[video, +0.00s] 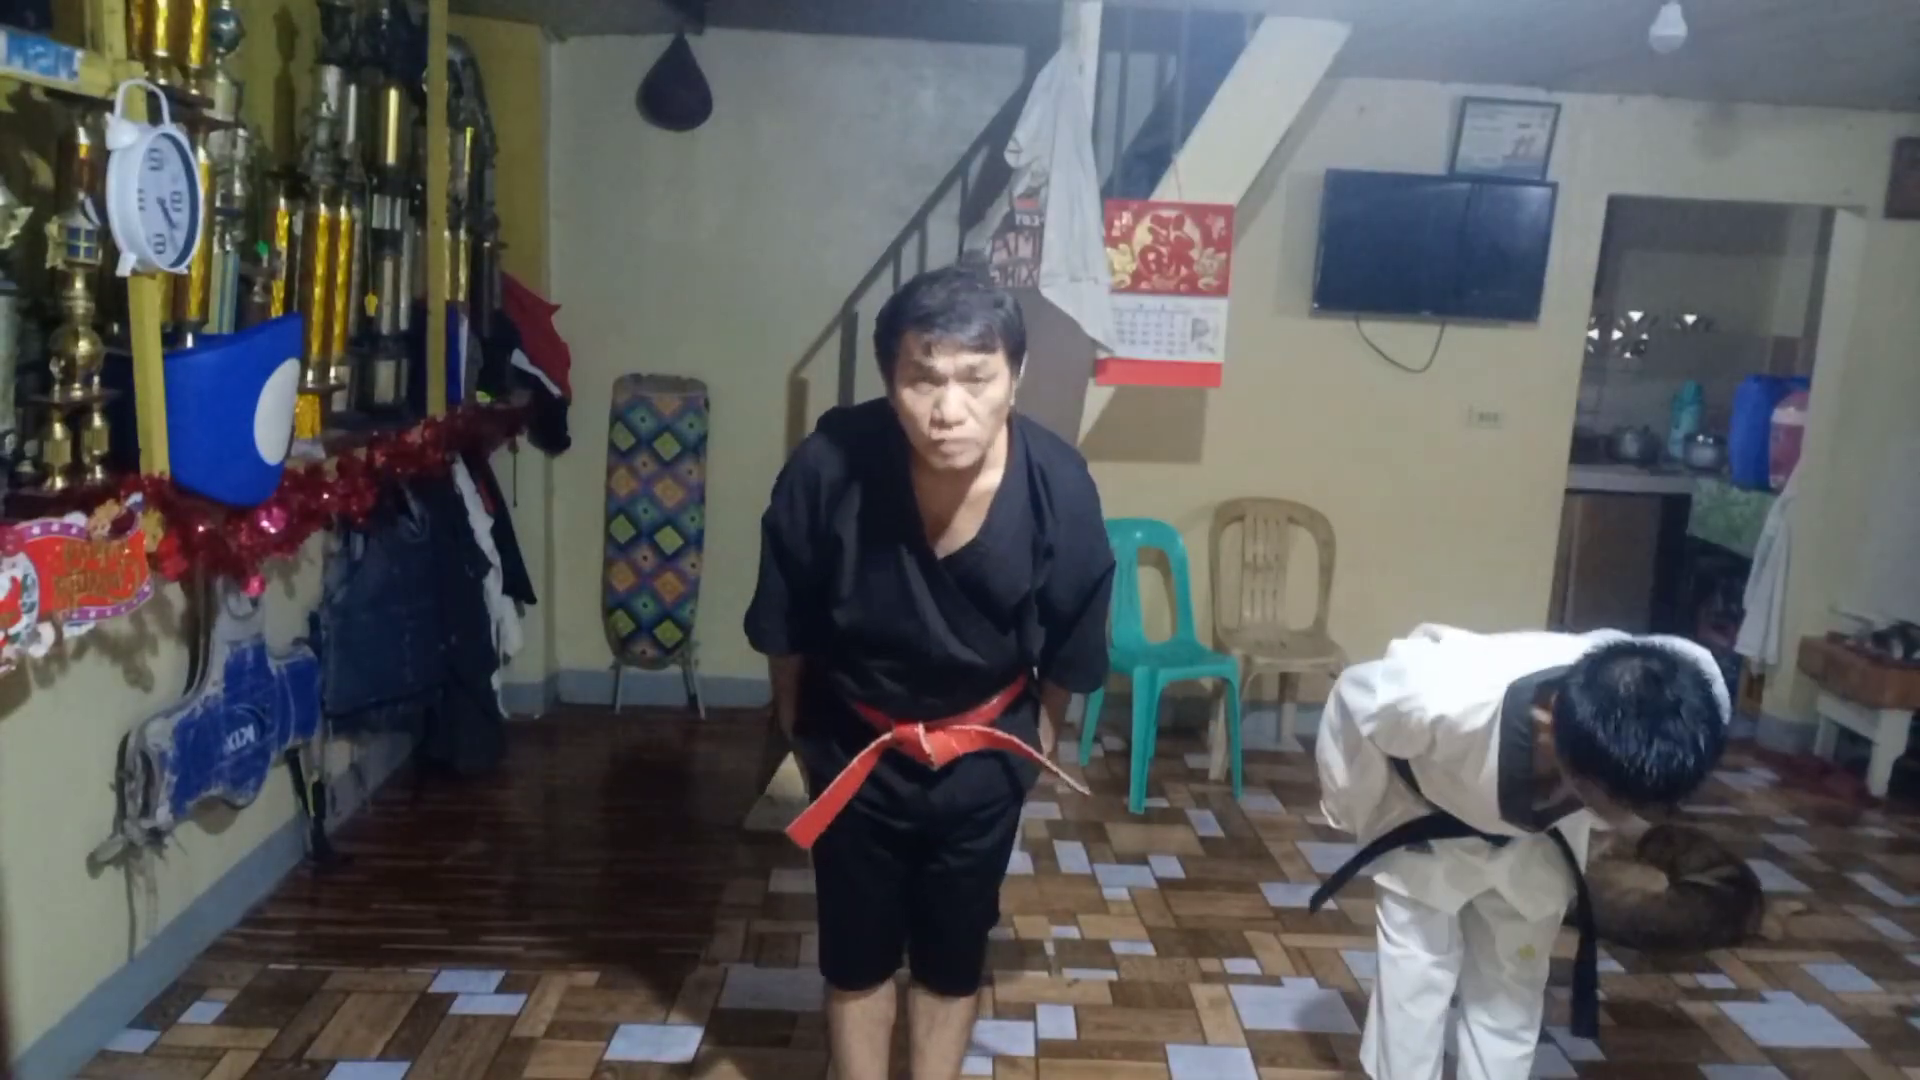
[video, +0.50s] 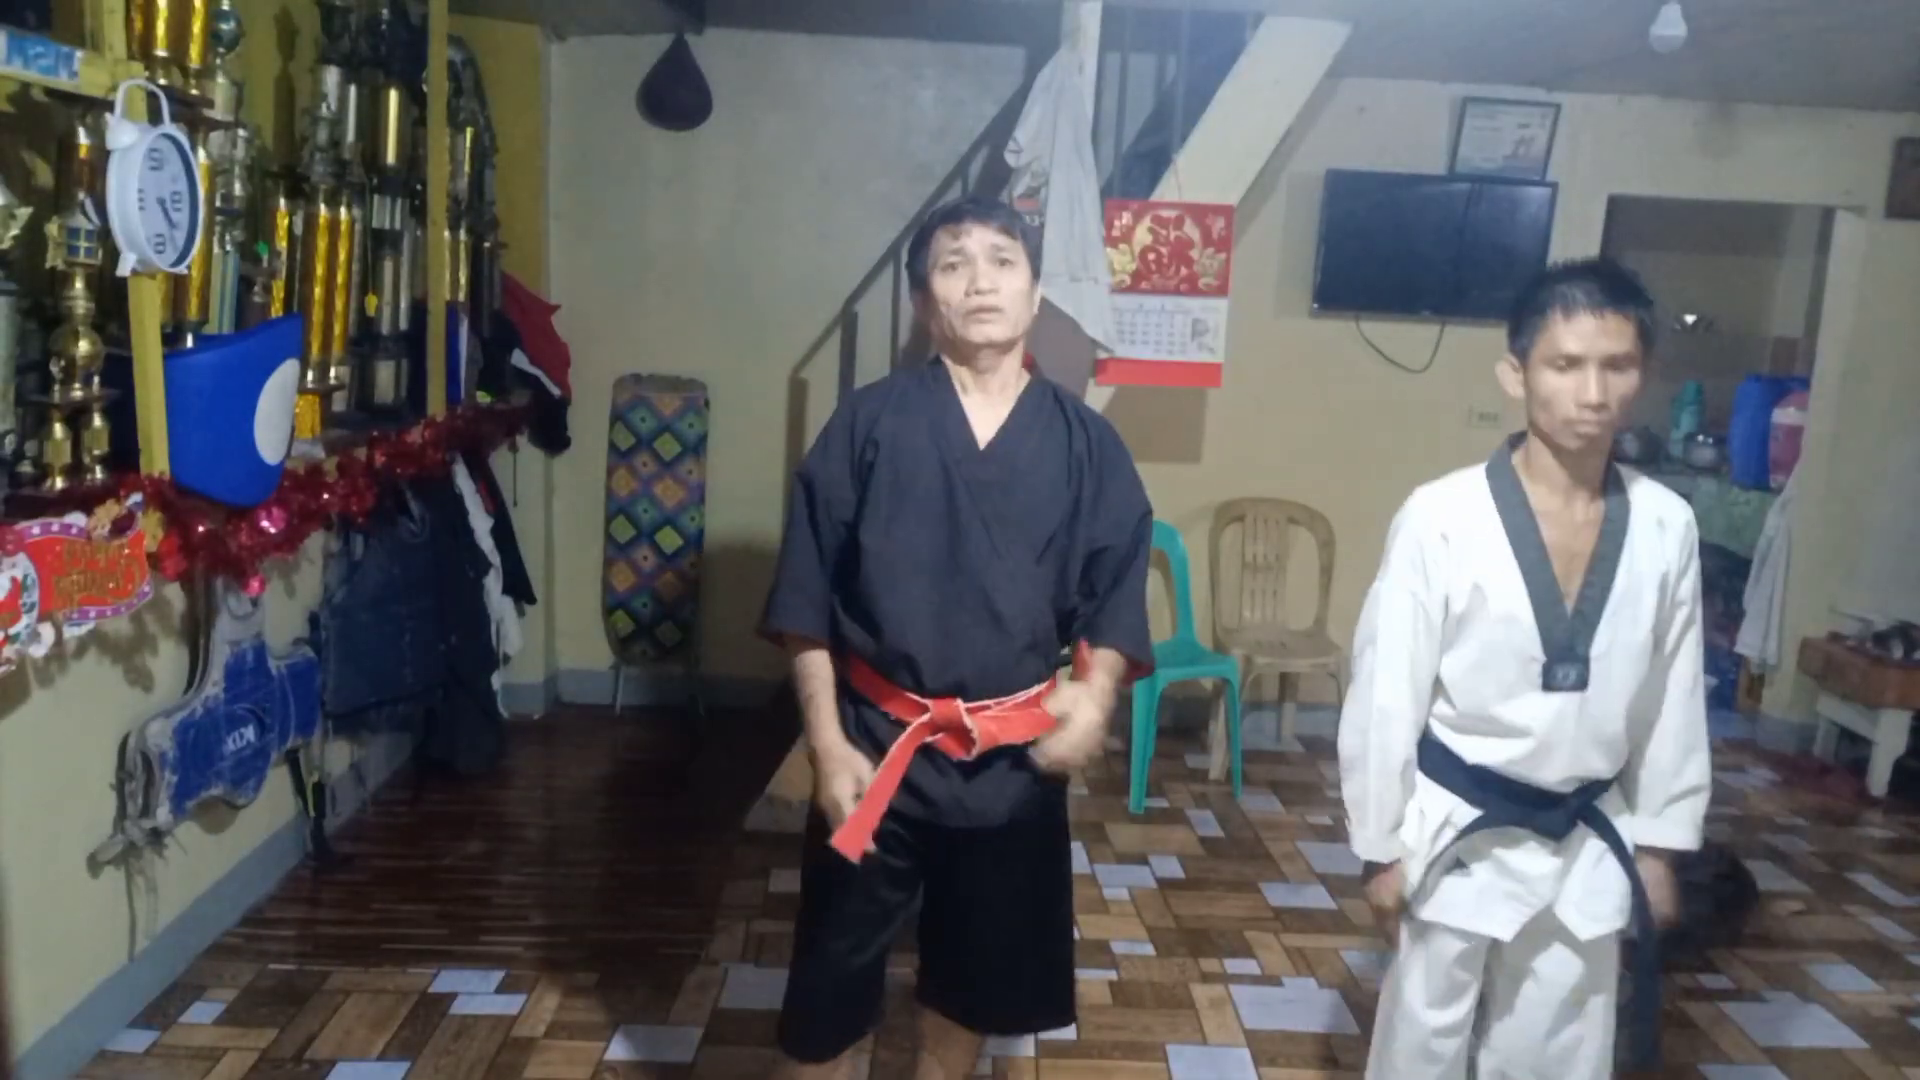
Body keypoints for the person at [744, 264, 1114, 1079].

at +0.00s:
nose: (949, 407)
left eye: (975, 379)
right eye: (925, 381)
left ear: (1014, 379)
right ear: (889, 381)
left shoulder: (1057, 482)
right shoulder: (833, 461)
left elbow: (1074, 635)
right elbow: (784, 608)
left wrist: (1048, 738)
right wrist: (791, 724)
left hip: (987, 733)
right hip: (853, 729)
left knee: (951, 966)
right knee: (858, 967)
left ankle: (933, 1077)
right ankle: (860, 1076)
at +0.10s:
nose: (958, 358)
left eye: (984, 332)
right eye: (935, 332)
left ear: (1024, 346)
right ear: (901, 344)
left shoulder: (1064, 464)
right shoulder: (845, 441)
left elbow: (1084, 621)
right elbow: (787, 589)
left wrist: (1065, 746)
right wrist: (781, 721)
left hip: (991, 745)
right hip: (854, 740)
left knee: (952, 992)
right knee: (857, 987)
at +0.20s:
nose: (973, 305)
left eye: (999, 283)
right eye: (950, 283)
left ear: (1035, 306)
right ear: (918, 309)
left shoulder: (1075, 454)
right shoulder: (856, 428)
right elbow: (796, 595)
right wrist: (774, 747)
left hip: (996, 756)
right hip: (857, 748)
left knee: (957, 1004)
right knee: (851, 1002)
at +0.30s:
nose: (980, 289)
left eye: (1005, 268)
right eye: (956, 269)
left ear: (1039, 295)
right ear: (924, 297)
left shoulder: (1081, 446)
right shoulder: (862, 423)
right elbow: (802, 592)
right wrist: (779, 745)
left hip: (1002, 756)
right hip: (864, 748)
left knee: (955, 1002)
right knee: (839, 1009)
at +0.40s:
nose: (982, 283)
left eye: (1005, 262)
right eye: (957, 265)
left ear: (1038, 290)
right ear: (926, 295)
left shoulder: (1085, 441)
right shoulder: (866, 422)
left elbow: (1121, 592)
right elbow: (806, 586)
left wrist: (1117, 719)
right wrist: (805, 738)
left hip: (1014, 755)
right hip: (874, 747)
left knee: (959, 1009)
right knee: (831, 1018)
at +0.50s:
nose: (981, 281)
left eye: (1002, 261)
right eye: (955, 264)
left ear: (1036, 289)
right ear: (925, 298)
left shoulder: (1086, 440)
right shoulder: (866, 423)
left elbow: (1118, 593)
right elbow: (805, 592)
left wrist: (1093, 708)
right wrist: (828, 742)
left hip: (1016, 759)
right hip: (875, 748)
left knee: (963, 1013)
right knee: (824, 1018)